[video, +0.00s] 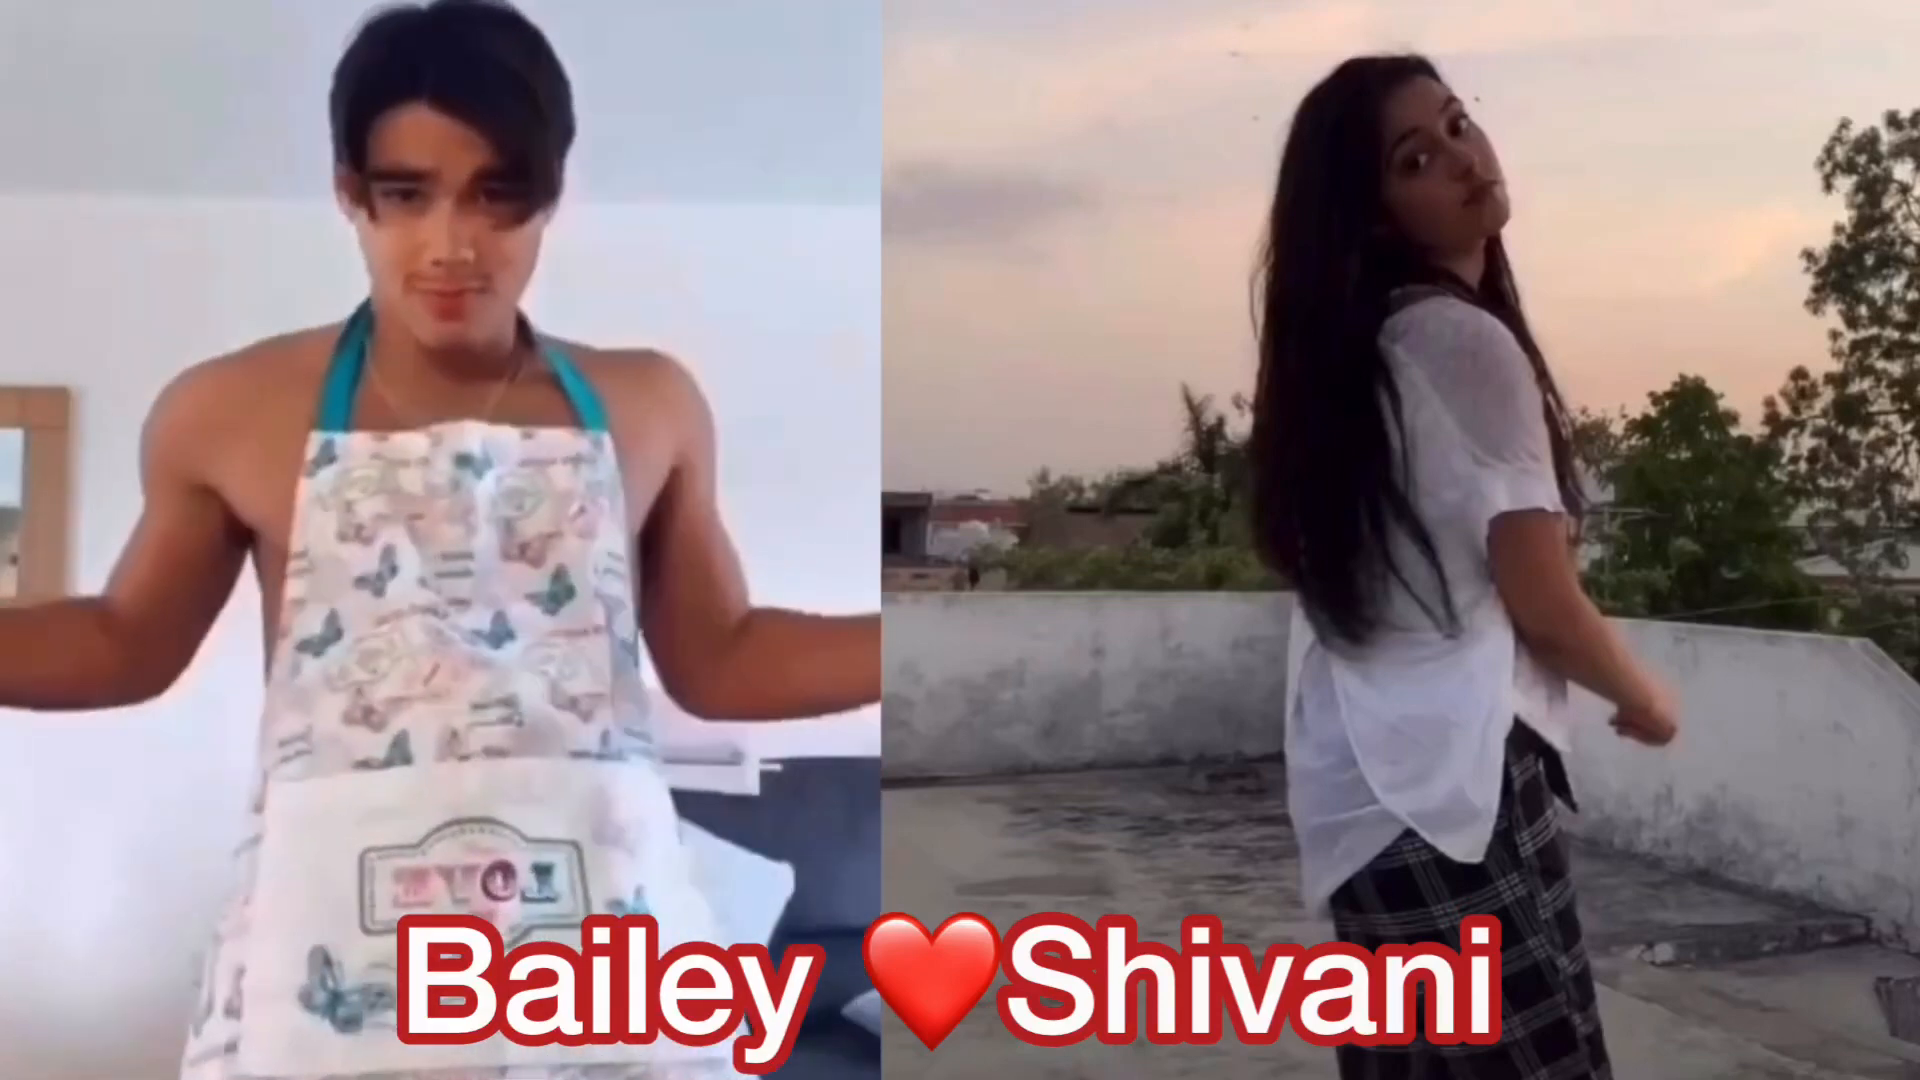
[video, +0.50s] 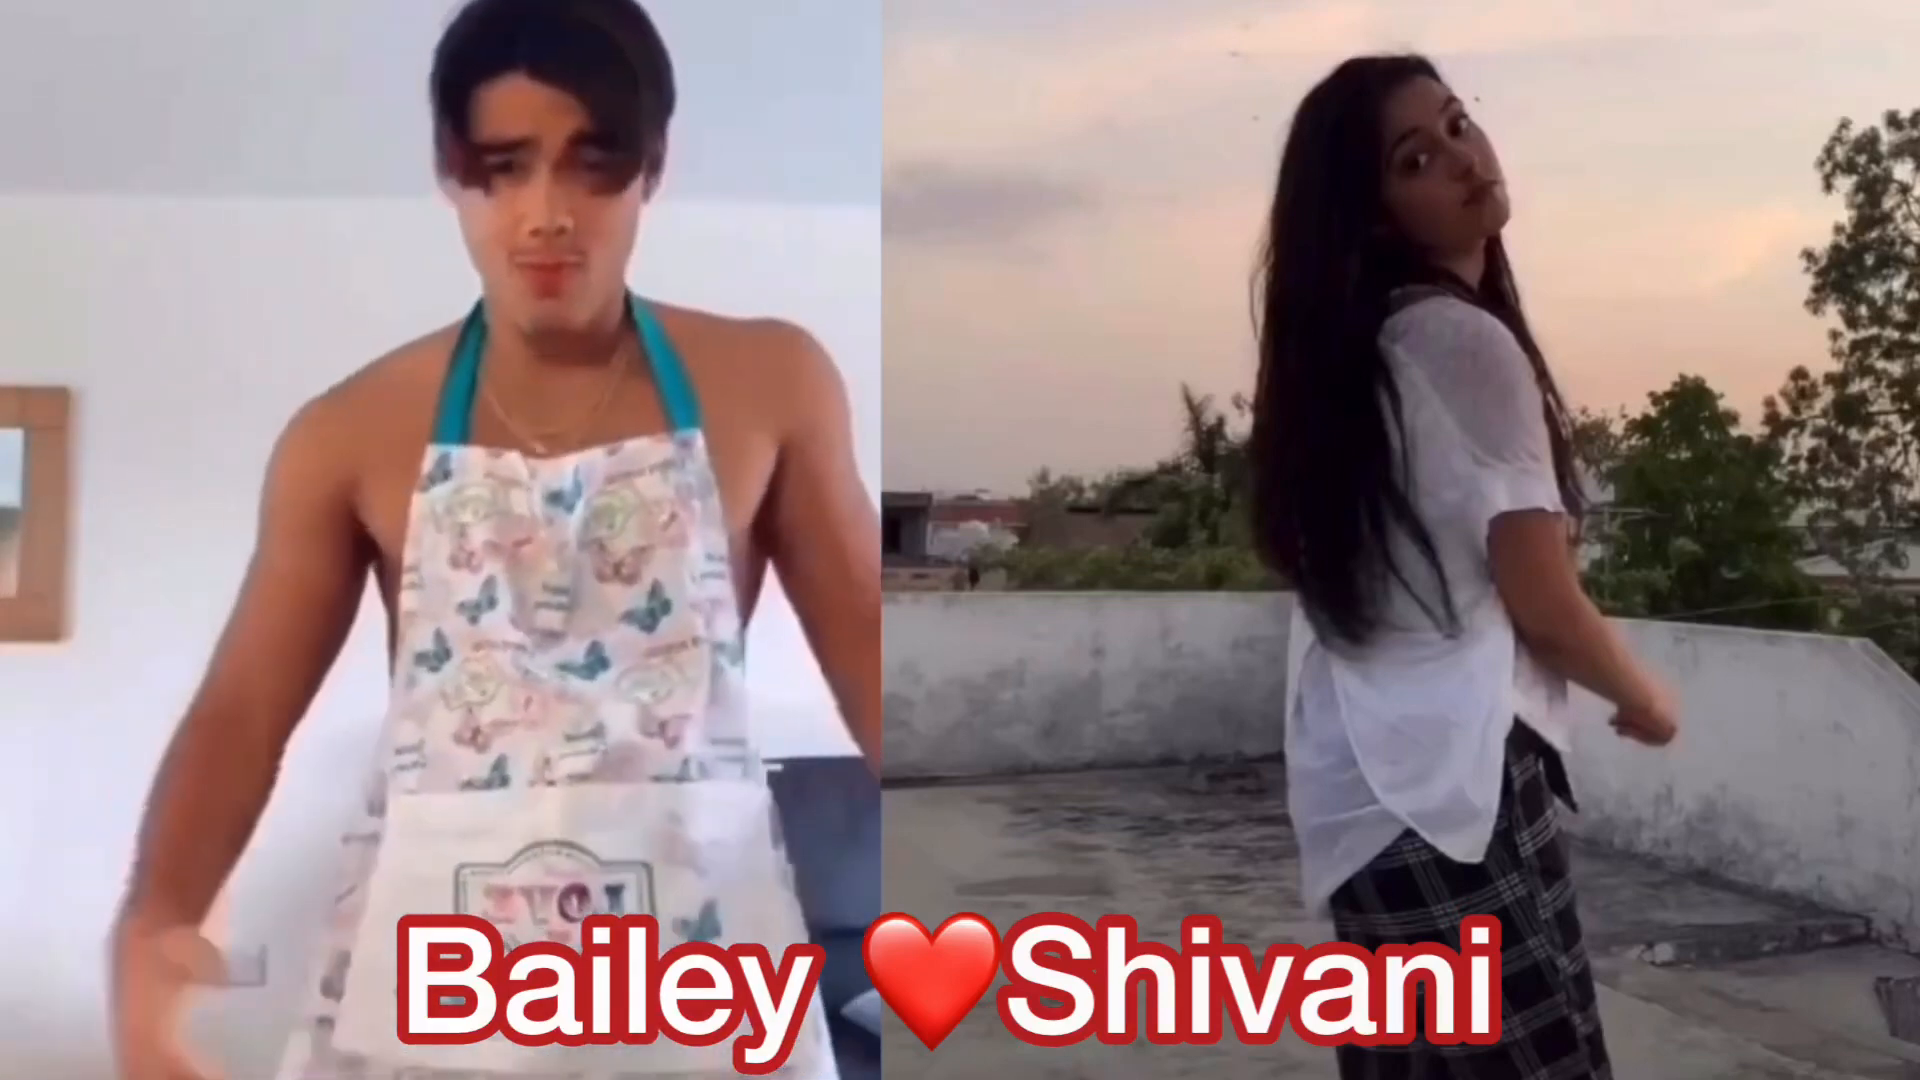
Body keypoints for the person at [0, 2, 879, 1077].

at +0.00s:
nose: (450, 247)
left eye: (498, 198)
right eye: (404, 196)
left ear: (553, 201)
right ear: (351, 199)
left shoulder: (648, 407)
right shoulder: (230, 417)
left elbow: (719, 661)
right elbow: (126, 643)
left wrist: (967, 639)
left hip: (606, 937)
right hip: (333, 948)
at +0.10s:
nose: (431, 228)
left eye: (478, 180)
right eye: (384, 180)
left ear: (534, 177)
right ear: (329, 183)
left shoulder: (636, 384)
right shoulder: (215, 405)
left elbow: (724, 643)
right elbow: (110, 652)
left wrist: (967, 610)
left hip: (595, 930)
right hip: (325, 943)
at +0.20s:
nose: (431, 200)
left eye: (479, 153)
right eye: (385, 153)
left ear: (535, 158)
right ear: (329, 160)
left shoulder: (642, 361)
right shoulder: (215, 396)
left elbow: (736, 619)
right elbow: (124, 658)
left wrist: (977, 621)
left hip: (604, 909)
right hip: (333, 923)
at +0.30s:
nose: (454, 205)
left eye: (500, 155)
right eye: (406, 156)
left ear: (557, 164)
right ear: (352, 173)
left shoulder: (677, 366)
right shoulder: (244, 422)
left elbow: (781, 623)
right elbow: (147, 682)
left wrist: (998, 675)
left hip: (630, 920)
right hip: (358, 933)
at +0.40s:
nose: (497, 219)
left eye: (542, 169)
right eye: (454, 170)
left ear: (604, 177)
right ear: (404, 187)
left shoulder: (731, 388)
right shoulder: (305, 444)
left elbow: (855, 664)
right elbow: (180, 721)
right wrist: (28, 855)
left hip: (667, 935)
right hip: (402, 946)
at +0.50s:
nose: (546, 214)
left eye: (594, 164)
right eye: (502, 168)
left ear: (652, 173)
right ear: (451, 178)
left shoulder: (771, 387)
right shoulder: (354, 436)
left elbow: (888, 693)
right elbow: (242, 713)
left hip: (701, 933)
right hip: (439, 945)